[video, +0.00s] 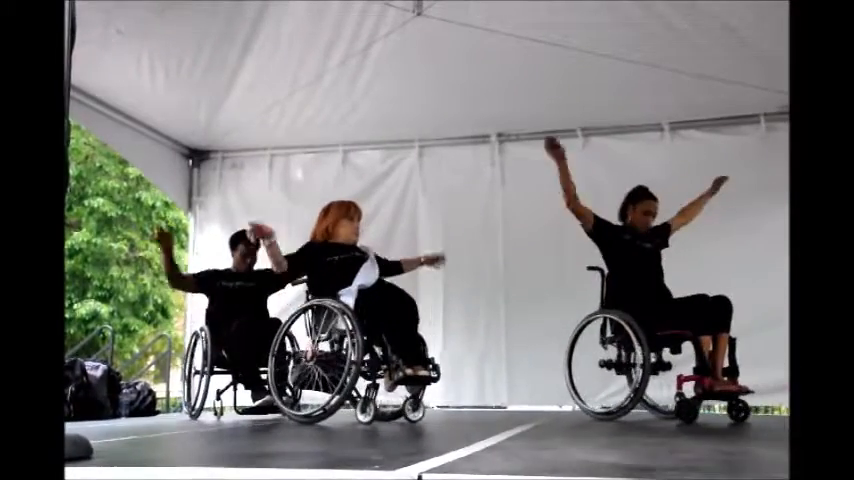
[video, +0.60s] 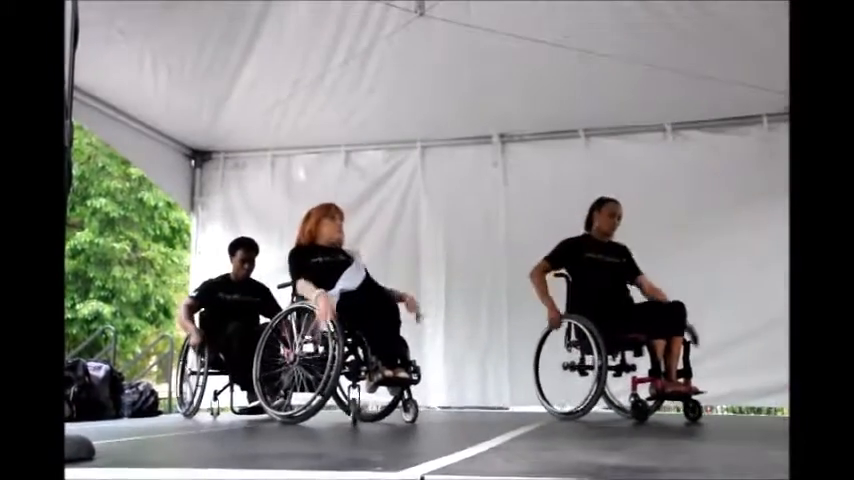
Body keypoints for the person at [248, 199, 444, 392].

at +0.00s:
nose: (358, 226)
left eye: (358, 221)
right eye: (353, 220)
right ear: (335, 222)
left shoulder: (362, 255)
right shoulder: (316, 250)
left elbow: (391, 267)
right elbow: (284, 269)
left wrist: (422, 261)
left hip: (363, 309)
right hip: (332, 313)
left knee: (404, 303)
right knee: (387, 307)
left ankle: (414, 361)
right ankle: (401, 363)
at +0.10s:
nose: (353, 225)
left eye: (354, 220)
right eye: (347, 219)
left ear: (355, 225)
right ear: (329, 223)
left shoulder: (362, 253)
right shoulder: (314, 250)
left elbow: (394, 257)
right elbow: (285, 253)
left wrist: (425, 243)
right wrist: (274, 223)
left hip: (359, 311)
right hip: (330, 314)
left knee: (401, 305)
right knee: (383, 309)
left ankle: (410, 362)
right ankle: (401, 363)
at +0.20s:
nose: (350, 225)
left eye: (351, 221)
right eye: (344, 220)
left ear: (353, 224)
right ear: (327, 223)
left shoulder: (360, 253)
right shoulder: (312, 250)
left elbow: (396, 251)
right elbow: (291, 248)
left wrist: (428, 232)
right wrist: (286, 215)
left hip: (360, 304)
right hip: (327, 310)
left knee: (398, 305)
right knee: (378, 313)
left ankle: (407, 362)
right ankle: (391, 364)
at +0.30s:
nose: (346, 227)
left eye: (346, 223)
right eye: (340, 222)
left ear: (346, 226)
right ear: (323, 225)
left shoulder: (354, 255)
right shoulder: (309, 253)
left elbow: (395, 255)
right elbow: (298, 250)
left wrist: (435, 236)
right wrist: (303, 226)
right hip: (325, 312)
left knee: (394, 307)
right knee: (375, 314)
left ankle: (402, 362)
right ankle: (393, 364)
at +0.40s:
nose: (343, 225)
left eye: (343, 221)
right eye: (337, 220)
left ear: (343, 226)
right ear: (320, 224)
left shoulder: (353, 255)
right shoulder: (307, 251)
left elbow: (395, 265)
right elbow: (300, 260)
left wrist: (438, 250)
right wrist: (309, 242)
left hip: (350, 307)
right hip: (319, 311)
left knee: (388, 304)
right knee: (369, 307)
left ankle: (399, 364)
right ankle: (382, 365)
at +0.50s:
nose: (338, 226)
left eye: (340, 222)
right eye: (332, 221)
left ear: (342, 225)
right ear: (316, 225)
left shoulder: (348, 256)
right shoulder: (301, 252)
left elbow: (384, 281)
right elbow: (300, 273)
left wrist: (422, 284)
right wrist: (319, 274)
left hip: (349, 307)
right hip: (318, 312)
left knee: (388, 305)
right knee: (368, 308)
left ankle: (396, 363)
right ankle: (383, 364)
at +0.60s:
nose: (339, 227)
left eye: (340, 222)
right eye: (333, 221)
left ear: (342, 226)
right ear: (317, 225)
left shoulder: (346, 256)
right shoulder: (300, 253)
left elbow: (370, 285)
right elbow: (300, 283)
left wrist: (401, 297)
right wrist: (318, 296)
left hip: (362, 299)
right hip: (335, 304)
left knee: (386, 306)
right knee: (369, 312)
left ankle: (393, 364)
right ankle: (384, 365)